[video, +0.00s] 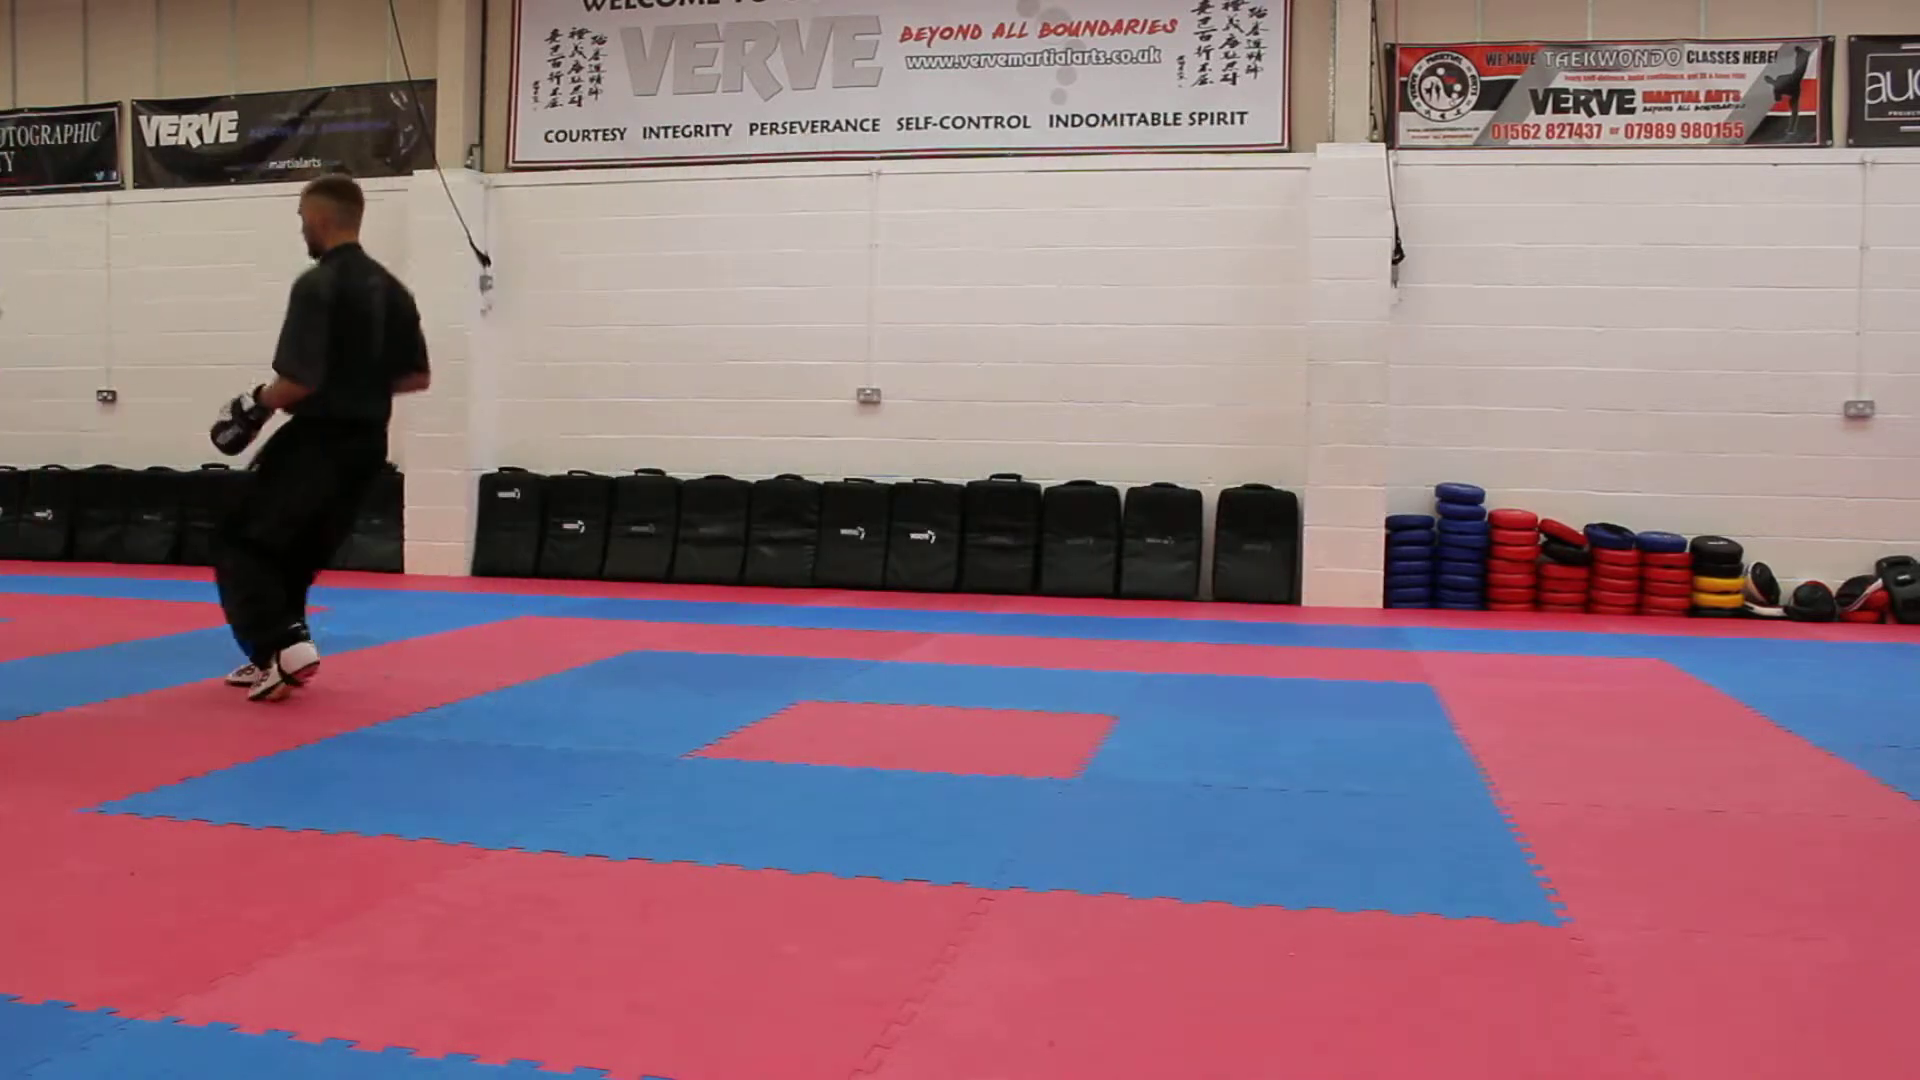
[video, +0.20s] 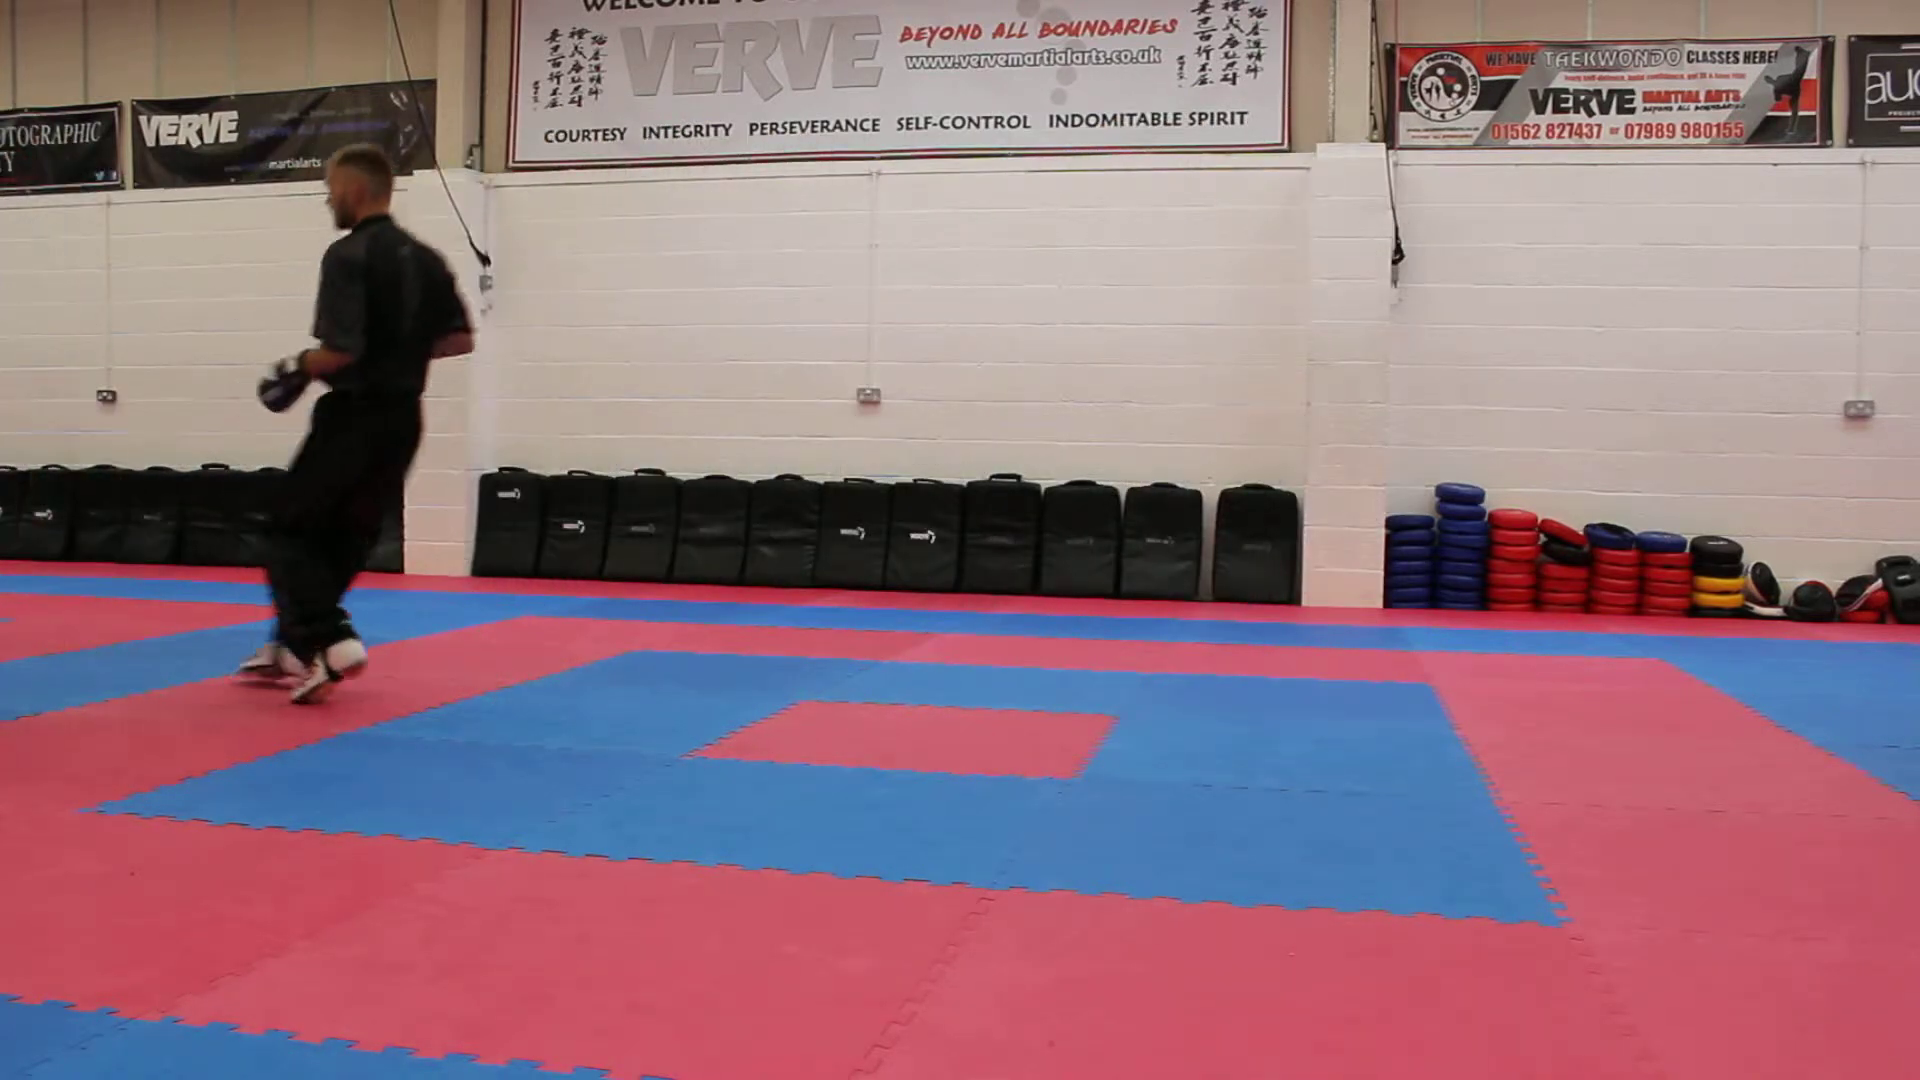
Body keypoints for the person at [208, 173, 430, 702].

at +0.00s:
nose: (302, 228)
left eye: (305, 219)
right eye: (303, 219)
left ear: (320, 220)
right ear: (353, 221)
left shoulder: (317, 285)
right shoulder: (391, 288)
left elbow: (297, 384)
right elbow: (416, 376)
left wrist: (261, 400)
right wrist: (352, 382)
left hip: (311, 444)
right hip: (364, 449)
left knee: (240, 540)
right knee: (296, 550)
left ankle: (286, 641)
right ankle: (271, 657)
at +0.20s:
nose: (328, 200)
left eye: (333, 191)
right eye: (329, 191)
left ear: (356, 191)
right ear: (380, 192)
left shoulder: (348, 256)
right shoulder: (424, 258)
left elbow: (341, 352)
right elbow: (460, 339)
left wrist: (299, 366)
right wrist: (395, 347)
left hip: (349, 419)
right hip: (400, 422)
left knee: (290, 522)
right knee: (347, 531)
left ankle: (333, 639)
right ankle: (291, 646)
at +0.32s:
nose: (360, 200)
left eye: (367, 189)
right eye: (361, 189)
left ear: (395, 193)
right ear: (413, 196)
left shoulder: (380, 265)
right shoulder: (457, 265)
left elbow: (375, 364)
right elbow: (480, 354)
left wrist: (334, 386)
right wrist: (418, 368)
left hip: (387, 424)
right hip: (437, 427)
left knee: (331, 530)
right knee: (376, 532)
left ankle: (348, 669)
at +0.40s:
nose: (396, 197)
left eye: (405, 187)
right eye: (397, 186)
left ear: (435, 189)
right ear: (440, 193)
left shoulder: (419, 256)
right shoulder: (480, 260)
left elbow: (427, 345)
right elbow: (506, 346)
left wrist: (377, 367)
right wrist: (438, 356)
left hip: (419, 424)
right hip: (466, 427)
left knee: (356, 534)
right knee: (411, 537)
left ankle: (350, 672)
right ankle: (466, 629)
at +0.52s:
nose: (471, 176)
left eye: (482, 166)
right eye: (468, 166)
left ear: (513, 168)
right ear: (477, 169)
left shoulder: (504, 235)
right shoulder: (523, 232)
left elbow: (523, 326)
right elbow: (554, 326)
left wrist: (455, 348)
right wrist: (470, 338)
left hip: (490, 403)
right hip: (516, 401)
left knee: (428, 522)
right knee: (488, 530)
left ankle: (381, 656)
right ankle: (551, 641)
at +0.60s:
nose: (523, 182)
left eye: (535, 171)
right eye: (518, 171)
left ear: (564, 172)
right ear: (514, 172)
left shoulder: (550, 245)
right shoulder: (569, 240)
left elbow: (549, 344)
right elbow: (594, 335)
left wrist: (483, 357)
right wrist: (507, 346)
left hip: (527, 411)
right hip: (560, 409)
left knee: (462, 527)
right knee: (527, 533)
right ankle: (578, 662)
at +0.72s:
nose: (597, 170)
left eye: (608, 159)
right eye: (590, 160)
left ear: (631, 161)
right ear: (585, 165)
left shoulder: (616, 230)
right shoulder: (640, 227)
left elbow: (610, 331)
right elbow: (690, 311)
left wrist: (558, 319)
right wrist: (636, 349)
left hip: (609, 404)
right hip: (632, 403)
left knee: (566, 535)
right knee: (579, 536)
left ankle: (646, 646)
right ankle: (583, 675)